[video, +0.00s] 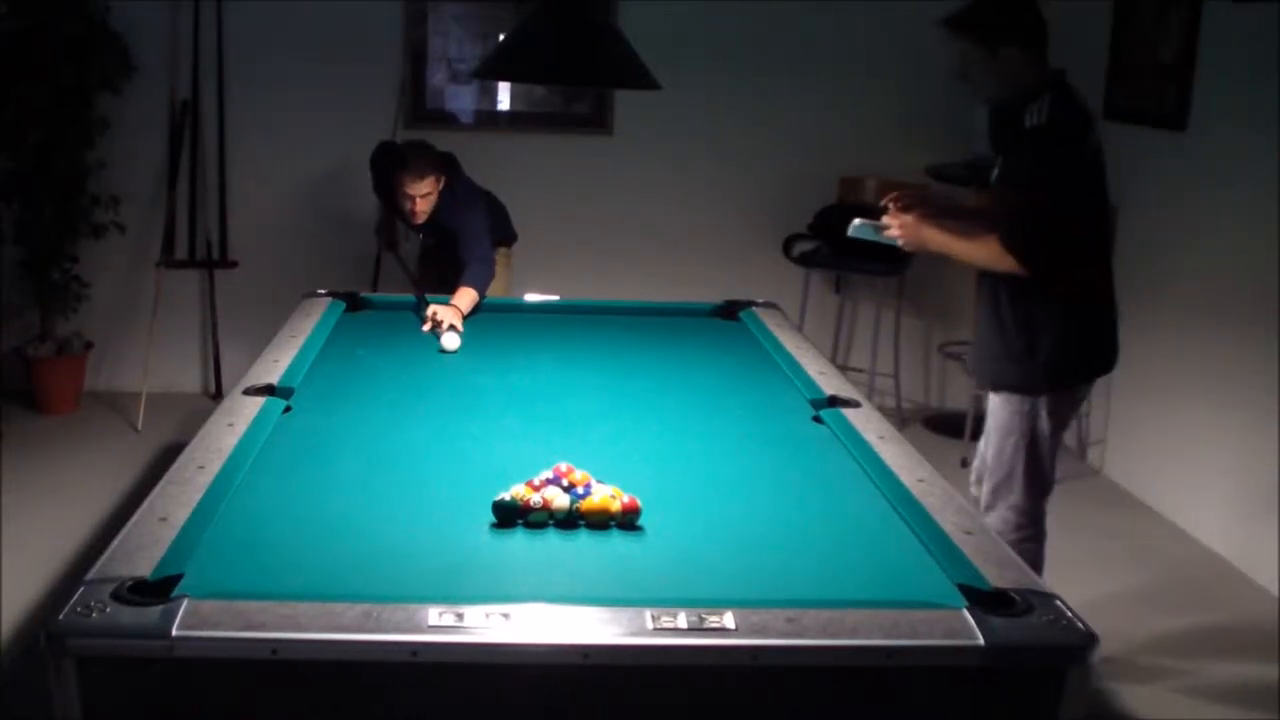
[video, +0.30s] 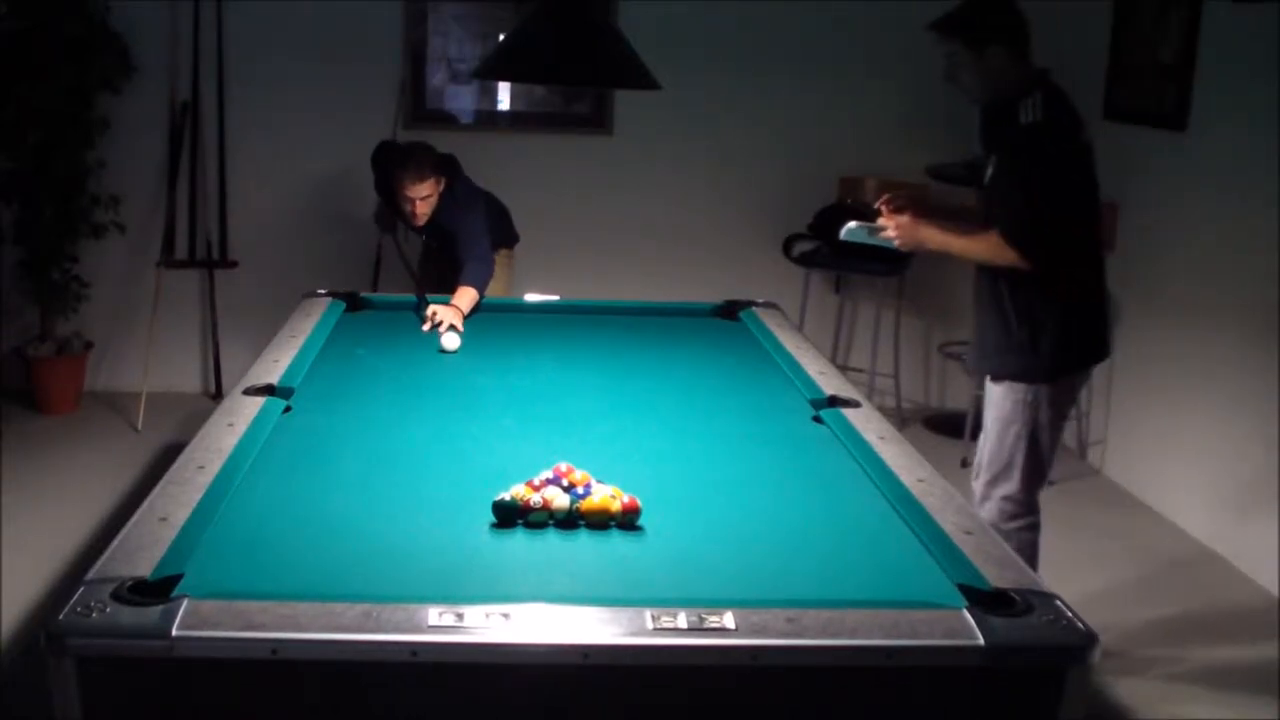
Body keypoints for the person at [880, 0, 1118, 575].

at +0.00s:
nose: (966, 76)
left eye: (973, 61)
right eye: (964, 62)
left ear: (1009, 55)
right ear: (1017, 56)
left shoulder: (1048, 120)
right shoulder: (1027, 113)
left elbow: (1026, 253)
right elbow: (1009, 216)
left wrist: (931, 238)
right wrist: (935, 214)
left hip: (1043, 355)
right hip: (1020, 347)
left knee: (1010, 515)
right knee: (988, 493)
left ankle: (1010, 638)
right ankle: (987, 627)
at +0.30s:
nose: (952, 78)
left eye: (959, 62)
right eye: (950, 63)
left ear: (993, 55)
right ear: (1003, 56)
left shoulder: (1035, 117)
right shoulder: (1020, 111)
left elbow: (1025, 247)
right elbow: (1002, 216)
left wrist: (928, 237)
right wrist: (925, 212)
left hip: (1040, 348)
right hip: (1022, 342)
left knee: (1004, 504)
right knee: (994, 494)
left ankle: (1008, 634)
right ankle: (997, 625)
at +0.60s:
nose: (957, 72)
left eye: (964, 57)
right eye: (956, 58)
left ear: (997, 54)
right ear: (1005, 54)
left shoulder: (1037, 118)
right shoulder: (1018, 111)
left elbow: (1021, 242)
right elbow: (996, 216)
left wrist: (928, 232)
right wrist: (922, 212)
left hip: (1032, 342)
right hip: (1015, 336)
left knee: (1001, 494)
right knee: (994, 487)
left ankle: (1006, 627)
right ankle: (998, 618)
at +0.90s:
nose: (959, 69)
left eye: (967, 54)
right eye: (958, 54)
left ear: (1001, 51)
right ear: (1010, 52)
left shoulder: (1041, 118)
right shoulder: (1019, 112)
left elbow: (1025, 239)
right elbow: (1000, 213)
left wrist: (929, 228)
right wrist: (924, 204)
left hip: (1036, 342)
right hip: (1016, 335)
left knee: (1000, 493)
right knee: (991, 485)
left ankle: (1007, 622)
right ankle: (997, 614)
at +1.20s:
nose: (985, 69)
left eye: (993, 54)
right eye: (983, 55)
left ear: (1026, 49)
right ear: (1017, 51)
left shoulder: (1077, 118)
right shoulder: (1024, 113)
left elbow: (1069, 242)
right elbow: (1030, 215)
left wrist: (968, 237)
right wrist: (973, 204)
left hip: (1070, 346)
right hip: (1019, 338)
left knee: (1068, 502)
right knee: (1009, 487)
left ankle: (1097, 644)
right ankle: (1003, 627)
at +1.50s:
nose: (1069, 69)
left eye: (1082, 55)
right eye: (1068, 55)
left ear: (1122, 57)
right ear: (1077, 56)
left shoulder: (1179, 144)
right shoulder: (1075, 126)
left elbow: (1174, 261)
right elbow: (1068, 219)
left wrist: (1059, 252)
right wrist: (1019, 224)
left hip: (1138, 375)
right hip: (1061, 358)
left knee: (1158, 525)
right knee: (1035, 496)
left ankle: (1185, 674)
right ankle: (1011, 630)